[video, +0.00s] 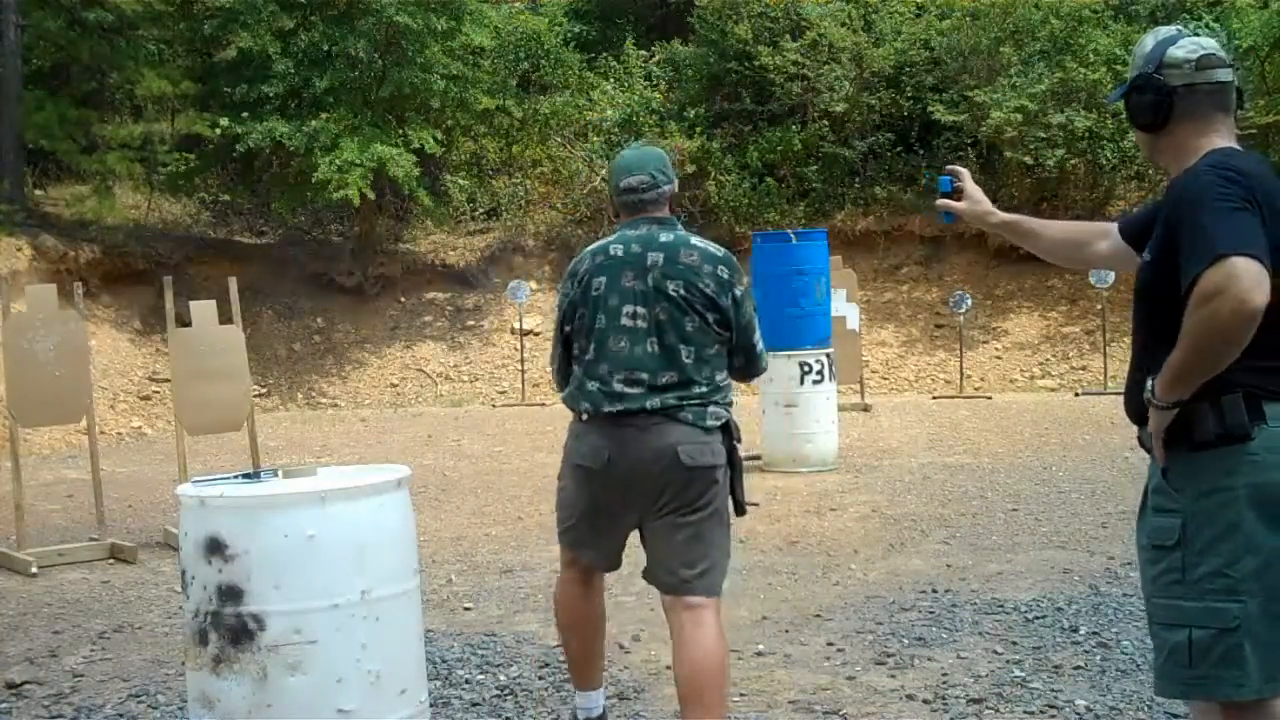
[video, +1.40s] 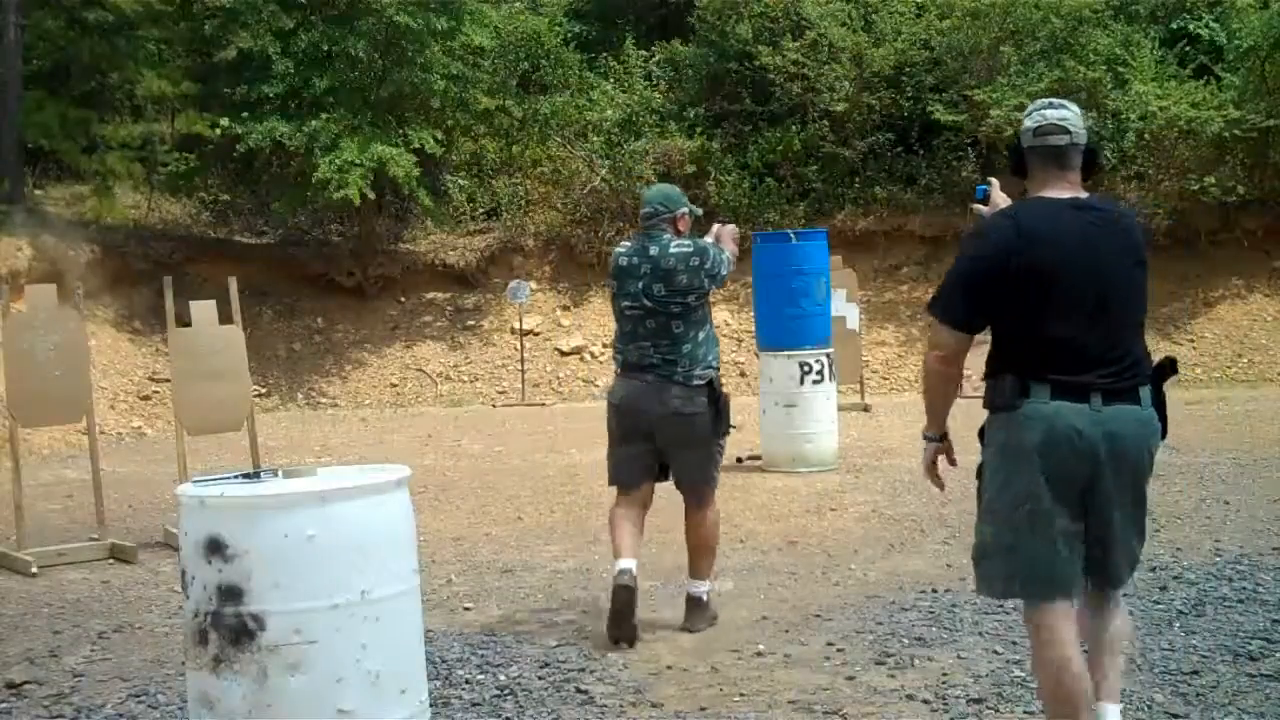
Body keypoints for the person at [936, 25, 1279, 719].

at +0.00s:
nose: (1136, 131)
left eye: (1136, 113)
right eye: (1135, 115)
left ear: (1154, 110)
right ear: (1225, 101)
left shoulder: (1210, 184)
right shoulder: (1242, 178)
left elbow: (1239, 292)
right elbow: (1106, 242)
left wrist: (1167, 394)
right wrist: (992, 217)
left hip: (1223, 457)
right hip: (1249, 446)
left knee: (1229, 693)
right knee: (1250, 686)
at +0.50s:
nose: (1137, 143)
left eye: (1140, 128)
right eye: (1140, 129)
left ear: (1147, 127)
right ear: (1225, 127)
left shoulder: (1168, 202)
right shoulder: (1262, 208)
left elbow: (1154, 301)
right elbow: (1144, 245)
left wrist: (1076, 385)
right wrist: (1045, 218)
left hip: (1181, 452)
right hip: (1268, 449)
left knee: (1125, 675)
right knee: (1221, 664)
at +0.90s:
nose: (1111, 156)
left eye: (1112, 145)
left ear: (1113, 149)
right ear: (1185, 149)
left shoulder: (1108, 221)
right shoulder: (1230, 228)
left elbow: (1073, 326)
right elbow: (1157, 277)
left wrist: (1033, 446)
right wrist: (1067, 233)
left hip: (1125, 452)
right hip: (1230, 447)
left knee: (1061, 618)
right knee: (1218, 645)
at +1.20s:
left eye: (1051, 161)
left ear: (1047, 168)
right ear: (1117, 163)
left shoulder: (1032, 240)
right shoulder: (1159, 232)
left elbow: (986, 349)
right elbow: (1103, 282)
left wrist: (958, 455)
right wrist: (1026, 238)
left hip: (1060, 442)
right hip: (1162, 442)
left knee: (1051, 622)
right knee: (1160, 624)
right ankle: (1181, 713)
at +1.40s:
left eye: (1024, 159)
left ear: (1021, 160)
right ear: (1085, 160)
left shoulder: (1002, 234)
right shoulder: (1125, 228)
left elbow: (947, 347)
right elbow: (1070, 248)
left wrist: (935, 430)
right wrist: (1011, 215)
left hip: (1036, 424)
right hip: (1129, 422)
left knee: (1050, 612)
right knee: (1107, 590)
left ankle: (1078, 717)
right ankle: (1108, 711)